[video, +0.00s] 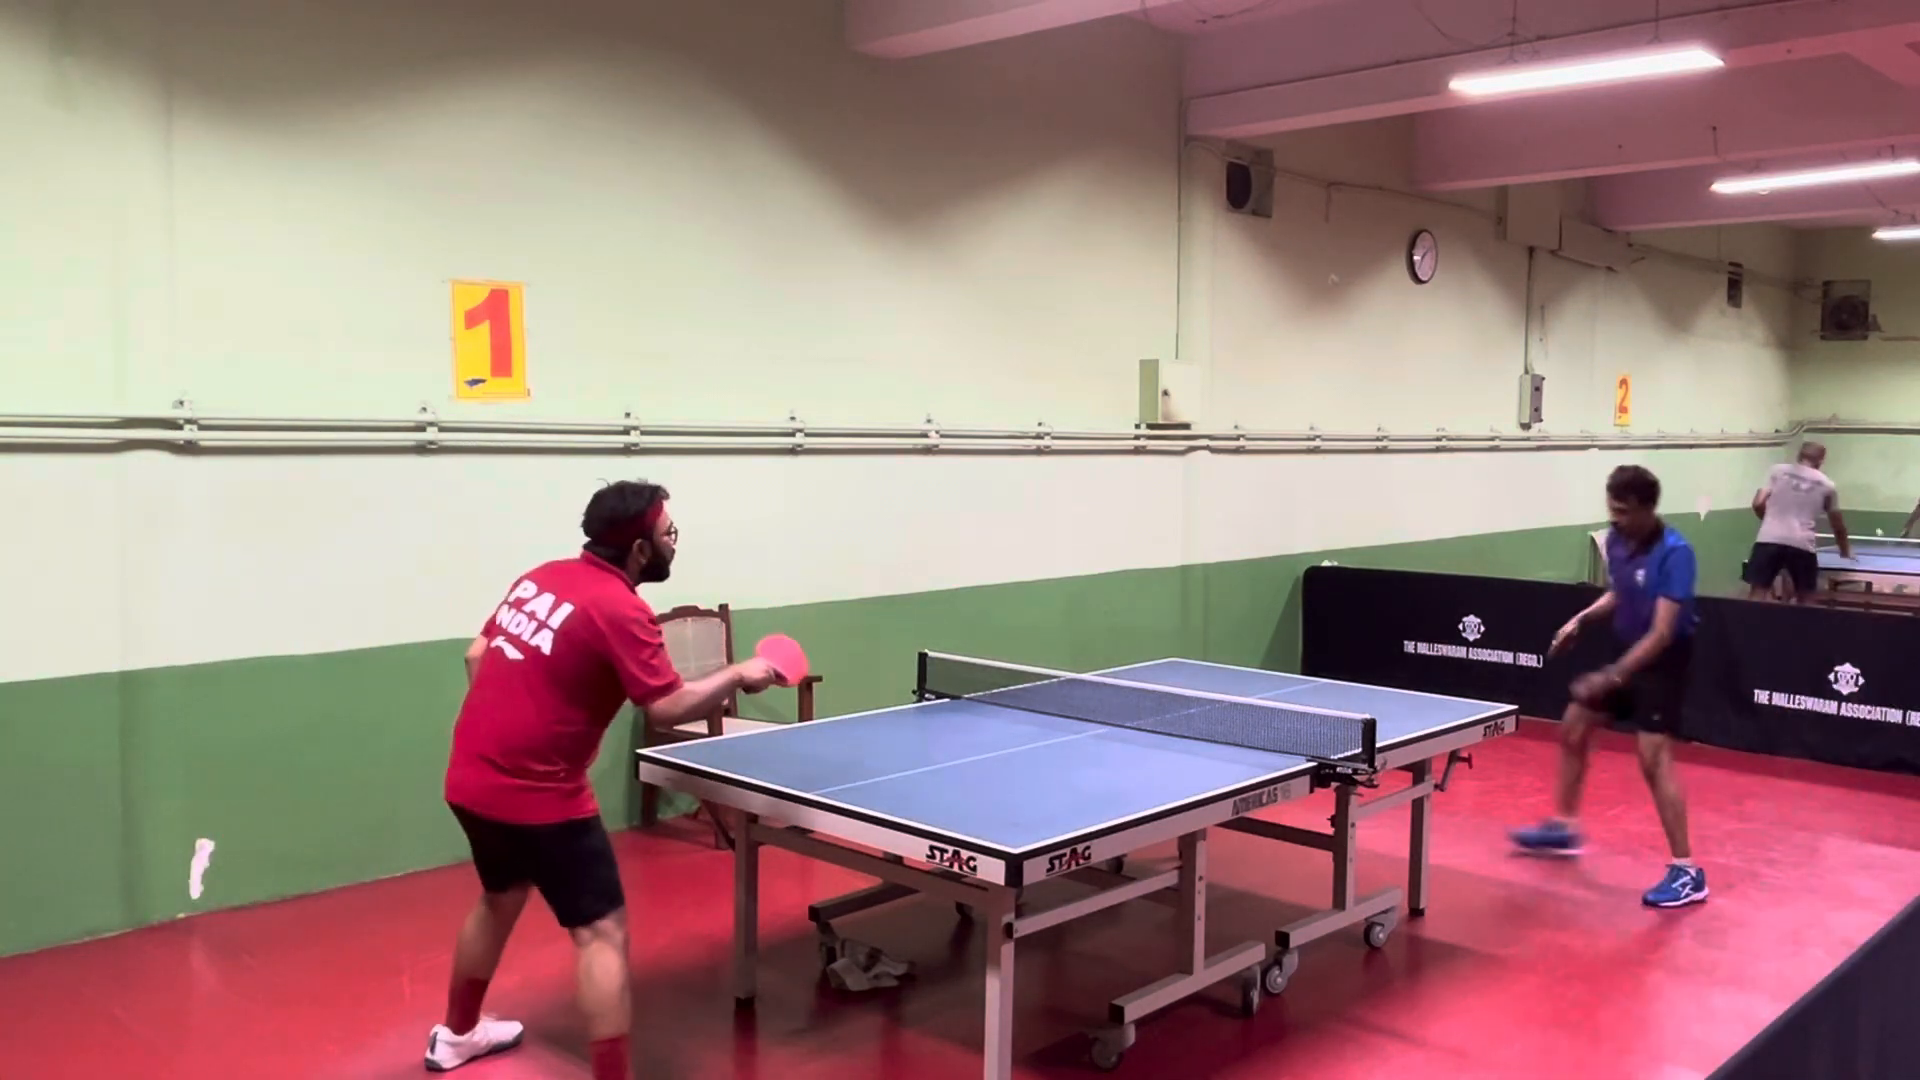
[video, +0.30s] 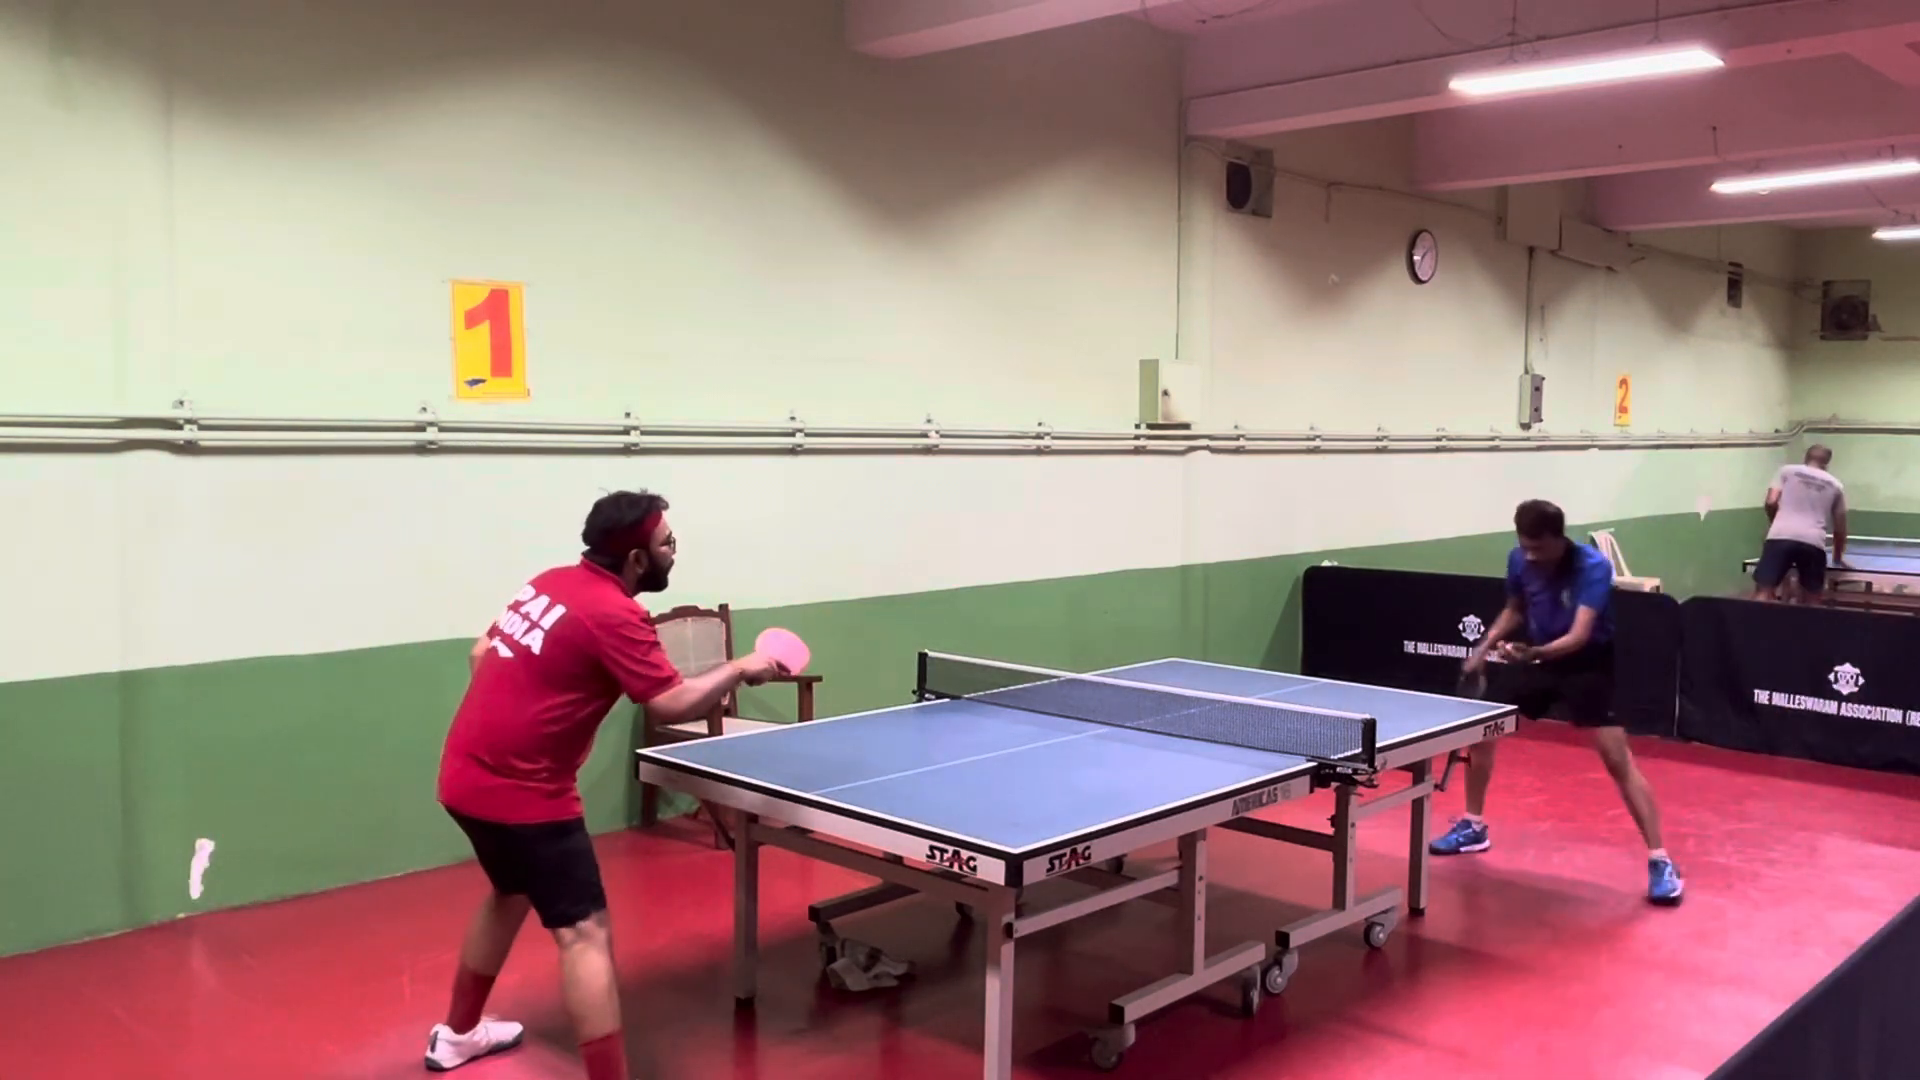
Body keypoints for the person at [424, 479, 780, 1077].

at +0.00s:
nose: (676, 539)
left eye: (672, 529)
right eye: (667, 532)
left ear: (608, 540)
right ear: (638, 546)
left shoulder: (544, 575)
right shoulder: (622, 610)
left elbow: (479, 653)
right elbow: (667, 705)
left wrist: (514, 719)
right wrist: (738, 674)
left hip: (472, 787)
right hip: (542, 798)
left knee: (501, 896)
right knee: (600, 932)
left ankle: (457, 1033)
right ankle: (613, 1072)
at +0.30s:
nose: (675, 549)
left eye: (671, 539)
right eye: (666, 542)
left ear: (613, 552)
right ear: (634, 558)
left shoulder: (554, 580)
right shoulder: (617, 615)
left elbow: (484, 652)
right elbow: (667, 703)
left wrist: (515, 726)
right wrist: (740, 668)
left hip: (466, 783)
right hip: (528, 798)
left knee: (510, 893)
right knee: (584, 932)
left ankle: (457, 1032)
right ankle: (610, 1072)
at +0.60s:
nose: (693, 560)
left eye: (690, 550)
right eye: (685, 552)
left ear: (630, 559)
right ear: (653, 565)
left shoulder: (564, 588)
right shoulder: (645, 621)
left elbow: (483, 658)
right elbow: (720, 699)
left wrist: (479, 745)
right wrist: (771, 661)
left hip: (469, 786)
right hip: (542, 796)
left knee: (504, 897)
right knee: (610, 929)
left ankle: (458, 1034)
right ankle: (616, 1073)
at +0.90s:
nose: (701, 568)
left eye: (697, 558)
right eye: (692, 561)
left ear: (638, 568)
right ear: (660, 575)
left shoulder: (575, 592)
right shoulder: (649, 631)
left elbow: (490, 655)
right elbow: (724, 702)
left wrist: (497, 740)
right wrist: (780, 663)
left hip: (466, 781)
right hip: (531, 796)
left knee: (509, 895)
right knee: (602, 930)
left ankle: (456, 1028)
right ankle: (612, 1072)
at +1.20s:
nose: (697, 570)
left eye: (693, 559)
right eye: (688, 563)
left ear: (633, 570)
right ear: (657, 577)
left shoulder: (570, 594)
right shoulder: (644, 632)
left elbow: (486, 660)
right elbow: (719, 707)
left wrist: (513, 739)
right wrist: (778, 672)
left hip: (460, 781)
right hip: (526, 796)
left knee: (503, 896)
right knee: (597, 931)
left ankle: (451, 1030)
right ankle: (612, 1072)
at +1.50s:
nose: (690, 567)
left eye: (686, 556)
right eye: (681, 559)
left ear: (623, 567)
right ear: (651, 574)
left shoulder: (564, 593)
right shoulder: (633, 632)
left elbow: (482, 664)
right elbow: (673, 727)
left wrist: (516, 738)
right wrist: (748, 715)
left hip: (458, 784)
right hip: (524, 799)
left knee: (499, 899)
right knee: (596, 930)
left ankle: (449, 1031)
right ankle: (613, 1072)